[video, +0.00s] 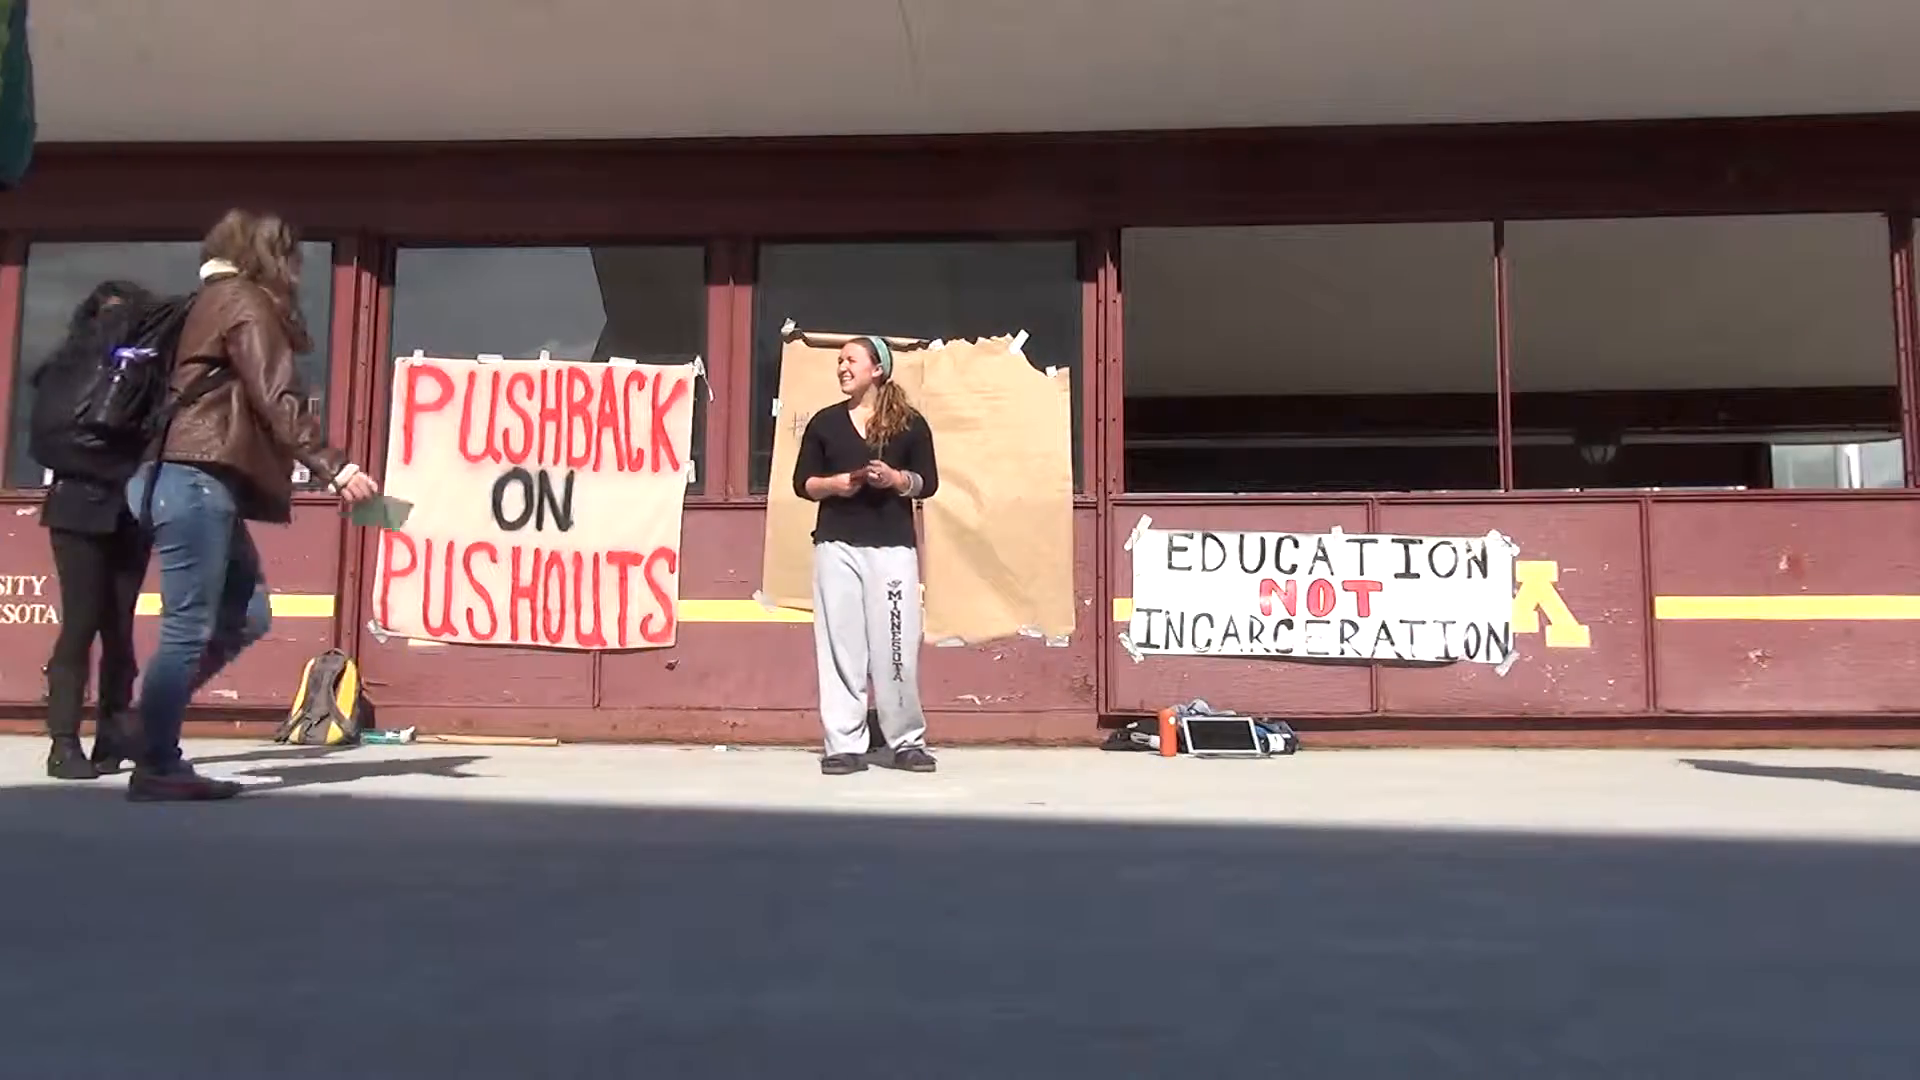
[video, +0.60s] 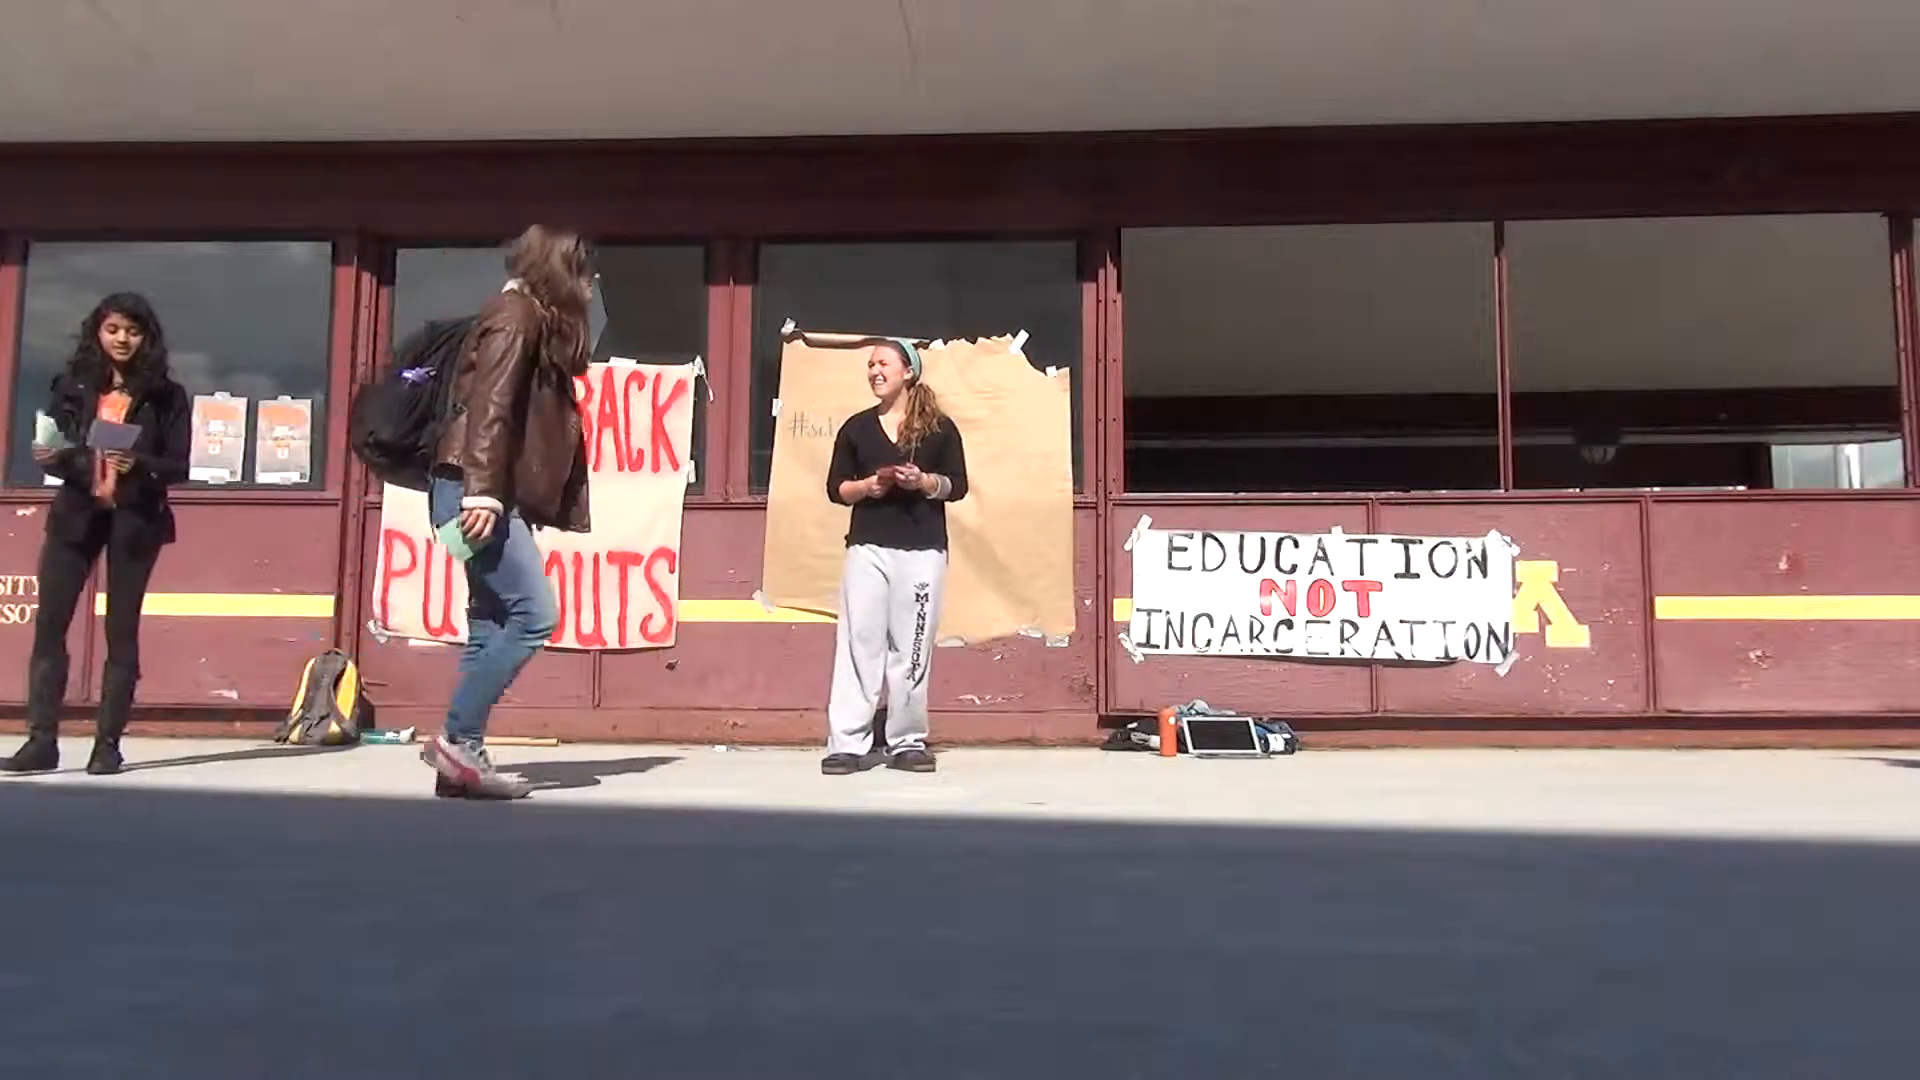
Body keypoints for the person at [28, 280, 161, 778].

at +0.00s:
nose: (119, 317)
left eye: (126, 309)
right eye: (113, 308)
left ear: (136, 317)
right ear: (97, 312)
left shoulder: (147, 362)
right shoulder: (71, 362)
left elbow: (158, 431)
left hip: (132, 505)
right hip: (79, 501)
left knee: (118, 626)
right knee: (80, 623)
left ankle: (113, 737)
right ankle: (65, 744)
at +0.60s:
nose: (122, 338)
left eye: (132, 330)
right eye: (113, 329)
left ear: (146, 337)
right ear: (96, 333)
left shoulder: (168, 394)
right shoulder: (73, 383)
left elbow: (178, 467)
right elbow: (48, 452)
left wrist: (138, 462)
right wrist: (72, 460)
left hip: (134, 518)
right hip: (76, 511)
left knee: (121, 627)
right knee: (49, 619)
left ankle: (107, 743)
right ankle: (42, 739)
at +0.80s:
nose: (125, 338)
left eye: (134, 331)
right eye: (116, 329)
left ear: (145, 338)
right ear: (95, 333)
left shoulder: (163, 394)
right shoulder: (69, 385)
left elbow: (177, 469)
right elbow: (38, 456)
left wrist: (140, 463)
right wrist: (6, 510)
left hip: (128, 521)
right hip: (70, 516)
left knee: (116, 629)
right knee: (42, 627)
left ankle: (107, 742)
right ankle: (33, 734)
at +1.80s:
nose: (105, 350)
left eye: (111, 344)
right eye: (95, 341)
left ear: (117, 353)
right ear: (67, 345)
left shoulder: (124, 403)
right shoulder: (32, 399)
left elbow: (142, 475)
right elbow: (11, 467)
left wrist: (114, 476)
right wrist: (10, 510)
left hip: (96, 525)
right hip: (38, 522)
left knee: (97, 625)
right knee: (38, 628)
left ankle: (117, 730)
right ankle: (36, 738)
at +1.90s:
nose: (110, 352)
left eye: (116, 345)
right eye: (100, 342)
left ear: (122, 354)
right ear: (74, 346)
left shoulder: (131, 406)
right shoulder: (38, 400)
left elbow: (148, 476)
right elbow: (14, 470)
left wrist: (122, 475)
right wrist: (6, 511)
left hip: (101, 526)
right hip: (44, 523)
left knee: (103, 627)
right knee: (43, 628)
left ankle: (124, 733)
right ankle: (37, 739)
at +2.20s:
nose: (128, 360)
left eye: (136, 354)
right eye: (120, 350)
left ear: (143, 362)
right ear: (95, 353)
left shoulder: (155, 412)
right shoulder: (64, 406)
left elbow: (171, 480)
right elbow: (40, 474)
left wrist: (155, 481)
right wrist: (44, 498)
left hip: (132, 527)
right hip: (76, 523)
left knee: (125, 627)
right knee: (62, 627)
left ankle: (126, 736)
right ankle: (40, 739)